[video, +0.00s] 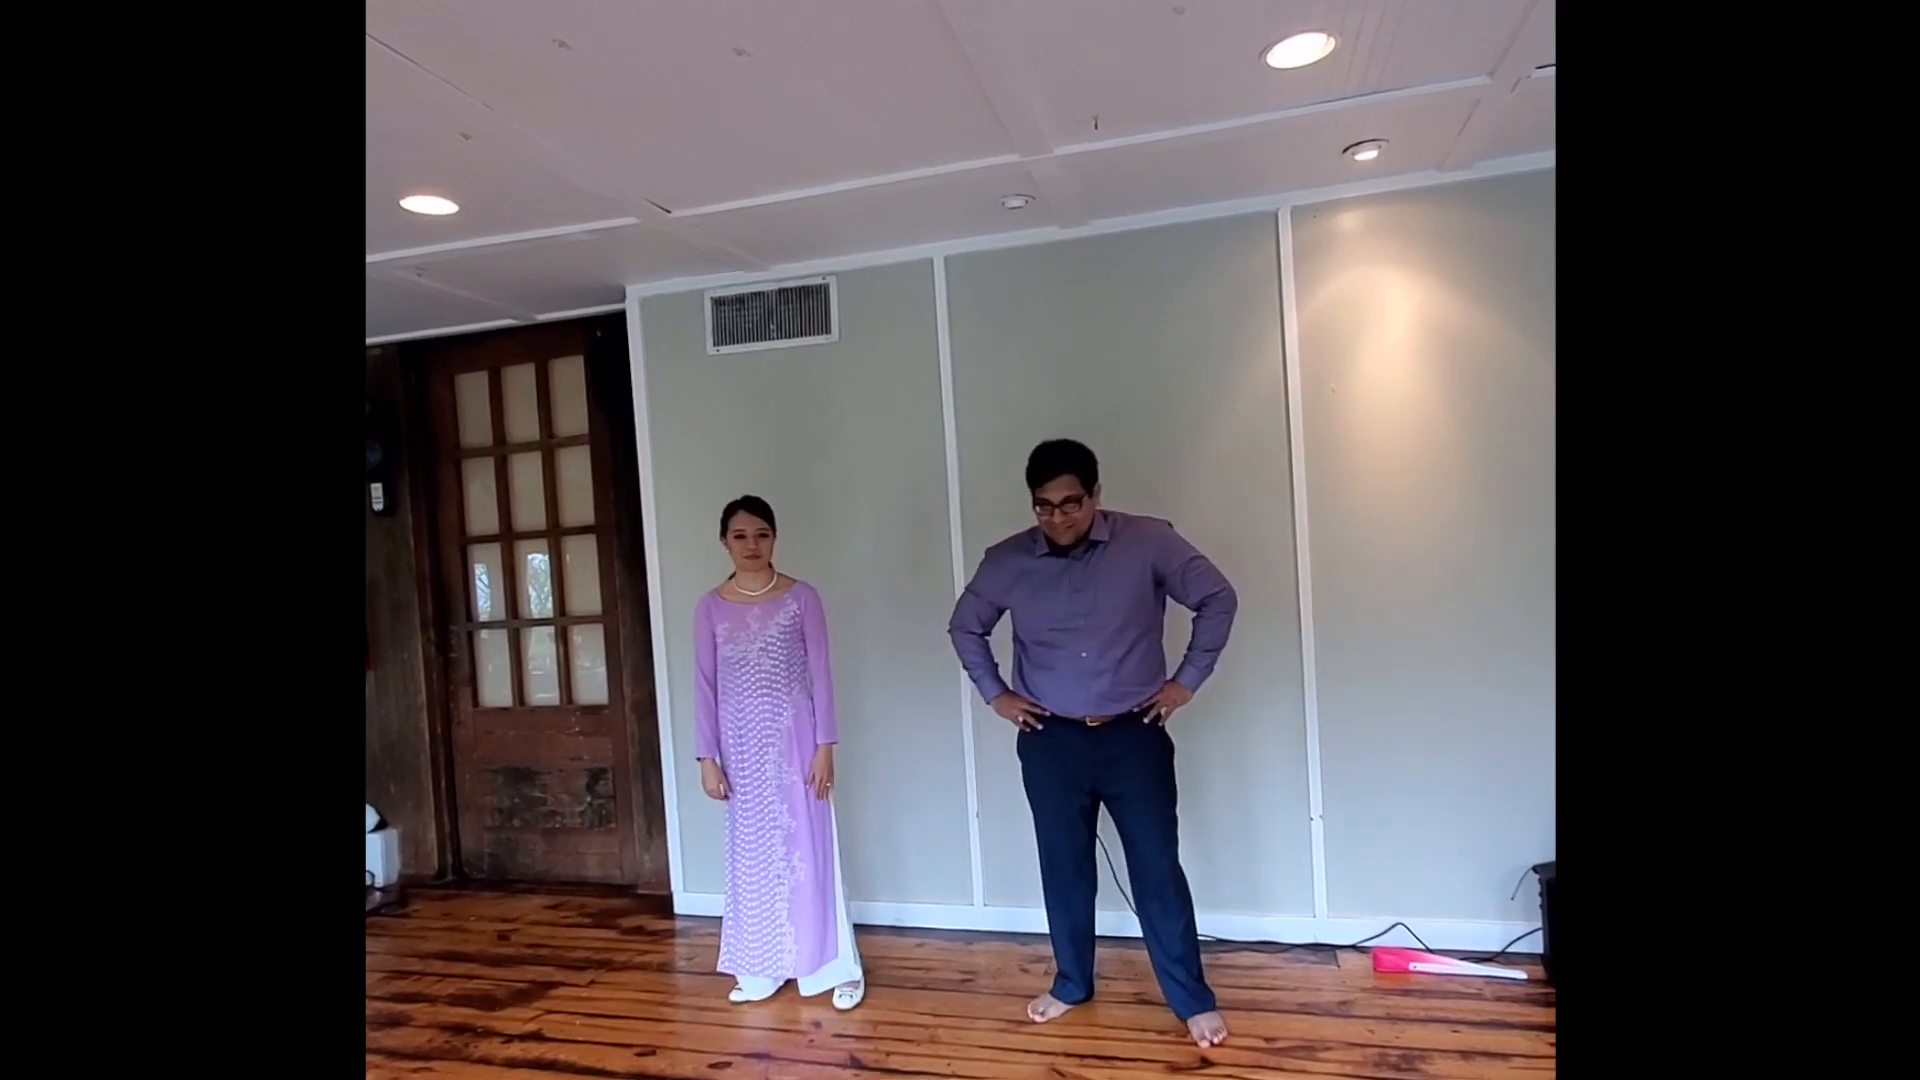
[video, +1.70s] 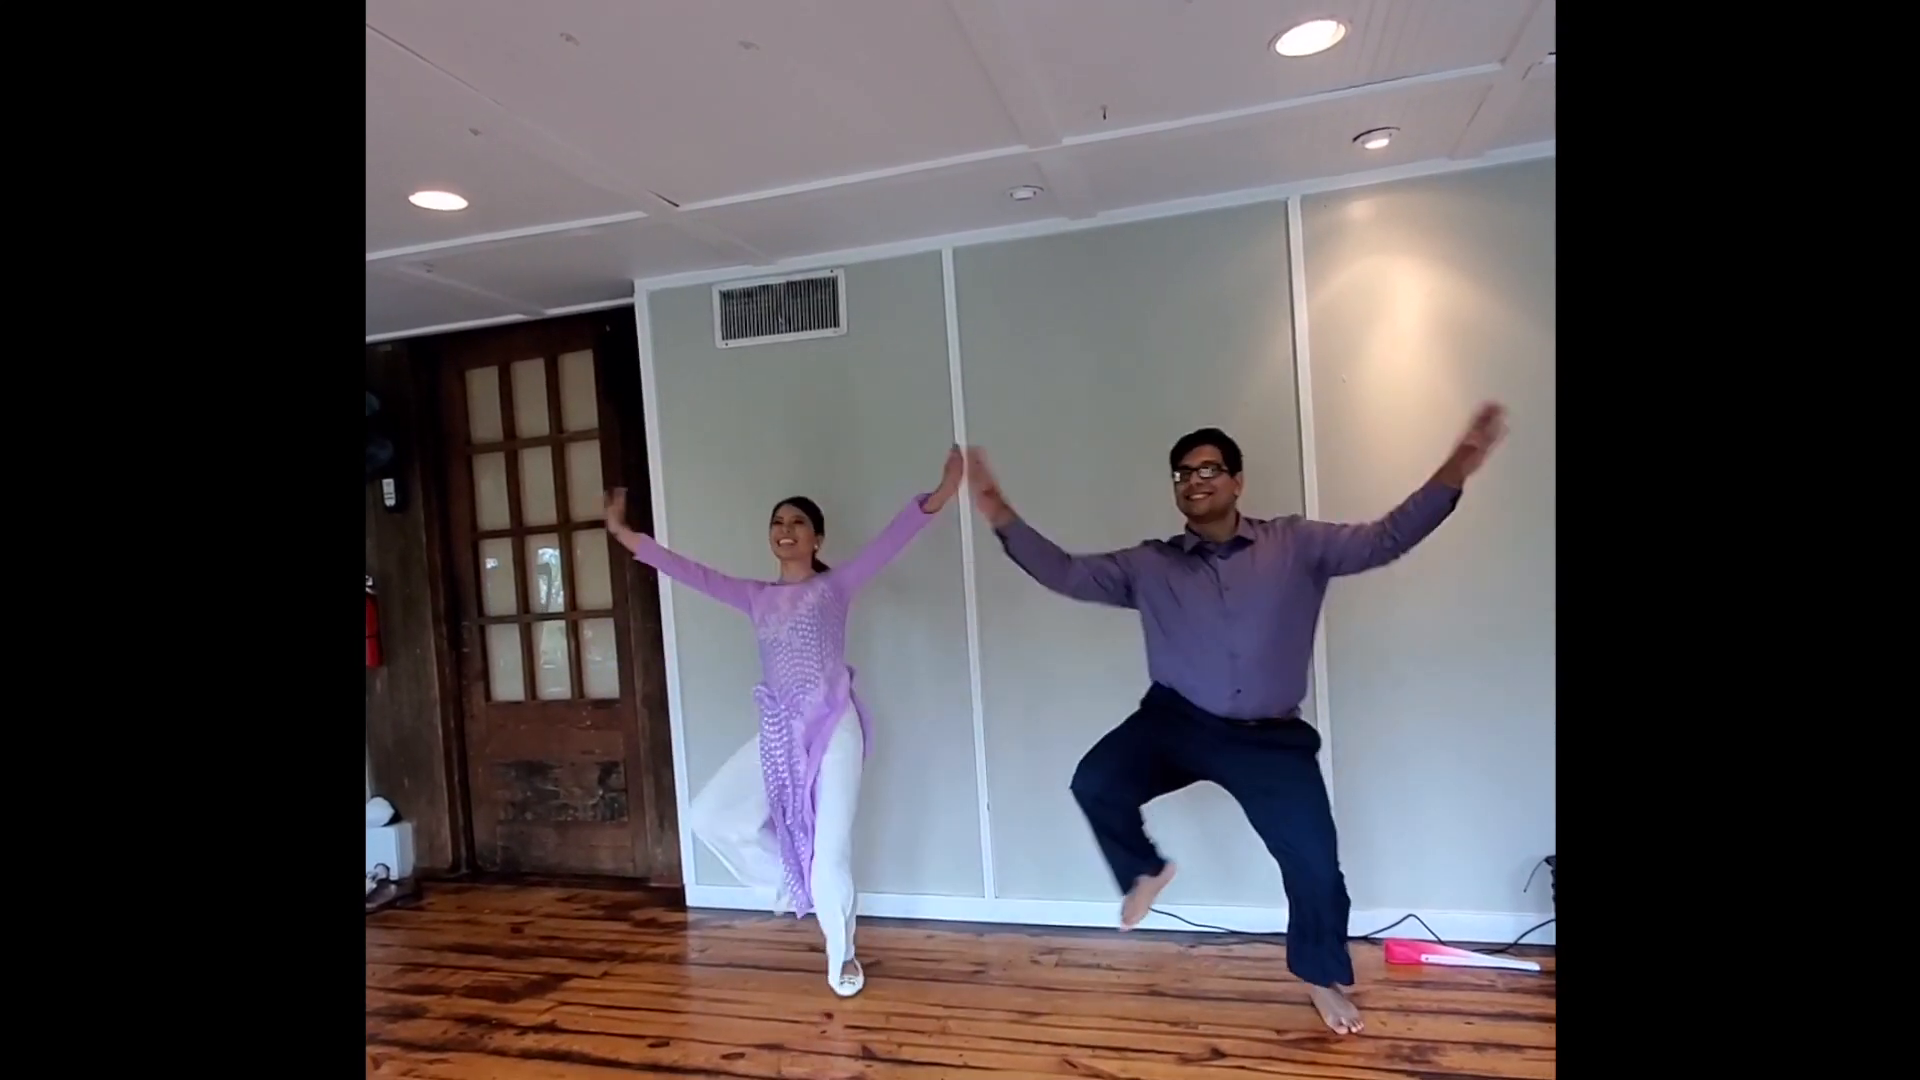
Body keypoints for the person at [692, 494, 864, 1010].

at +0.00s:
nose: (751, 544)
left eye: (761, 535)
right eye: (740, 536)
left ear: (775, 539)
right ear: (725, 542)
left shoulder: (802, 598)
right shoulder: (711, 607)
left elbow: (820, 677)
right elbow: (705, 686)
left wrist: (826, 746)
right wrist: (708, 755)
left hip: (795, 746)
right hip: (741, 752)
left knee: (810, 856)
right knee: (753, 858)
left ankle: (835, 968)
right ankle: (761, 969)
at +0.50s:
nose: (778, 546)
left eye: (788, 537)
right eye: (768, 540)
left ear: (806, 546)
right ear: (757, 552)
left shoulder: (836, 609)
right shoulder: (749, 617)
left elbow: (873, 675)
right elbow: (736, 683)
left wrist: (852, 709)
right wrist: (753, 710)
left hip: (828, 751)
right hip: (774, 755)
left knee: (831, 854)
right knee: (755, 856)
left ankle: (848, 966)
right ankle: (773, 958)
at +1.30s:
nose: (775, 576)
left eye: (786, 566)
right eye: (766, 567)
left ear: (805, 569)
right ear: (757, 570)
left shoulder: (828, 629)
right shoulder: (740, 632)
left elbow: (835, 707)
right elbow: (738, 713)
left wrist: (842, 775)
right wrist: (728, 782)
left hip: (820, 768)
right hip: (762, 770)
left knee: (847, 864)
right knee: (780, 873)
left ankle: (904, 970)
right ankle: (797, 970)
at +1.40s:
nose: (774, 571)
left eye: (785, 562)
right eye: (765, 562)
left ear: (803, 567)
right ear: (756, 567)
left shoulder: (829, 625)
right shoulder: (739, 632)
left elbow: (871, 684)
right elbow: (695, 698)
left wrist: (918, 729)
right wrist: (634, 738)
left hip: (821, 757)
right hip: (764, 761)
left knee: (847, 855)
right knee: (776, 864)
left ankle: (899, 962)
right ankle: (797, 960)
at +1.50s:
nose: (775, 549)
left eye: (785, 540)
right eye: (766, 541)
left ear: (806, 547)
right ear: (757, 550)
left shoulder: (831, 604)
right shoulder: (740, 610)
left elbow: (896, 627)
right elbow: (673, 643)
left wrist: (954, 614)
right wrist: (600, 635)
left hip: (824, 740)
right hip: (768, 744)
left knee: (842, 848)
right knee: (780, 854)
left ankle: (873, 951)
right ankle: (796, 960)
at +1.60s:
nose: (780, 526)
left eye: (790, 518)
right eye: (771, 519)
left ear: (811, 527)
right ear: (763, 528)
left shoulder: (830, 568)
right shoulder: (746, 580)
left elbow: (899, 555)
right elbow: (669, 584)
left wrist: (951, 521)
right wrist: (607, 555)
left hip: (826, 719)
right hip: (772, 723)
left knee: (834, 832)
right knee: (756, 839)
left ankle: (850, 947)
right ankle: (799, 938)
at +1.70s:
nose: (786, 530)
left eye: (797, 523)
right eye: (778, 524)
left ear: (817, 537)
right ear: (769, 538)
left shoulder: (834, 585)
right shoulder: (757, 596)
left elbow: (889, 543)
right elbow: (693, 573)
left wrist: (941, 495)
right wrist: (623, 533)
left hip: (832, 723)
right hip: (778, 728)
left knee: (829, 842)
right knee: (711, 816)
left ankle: (841, 956)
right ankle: (790, 881)